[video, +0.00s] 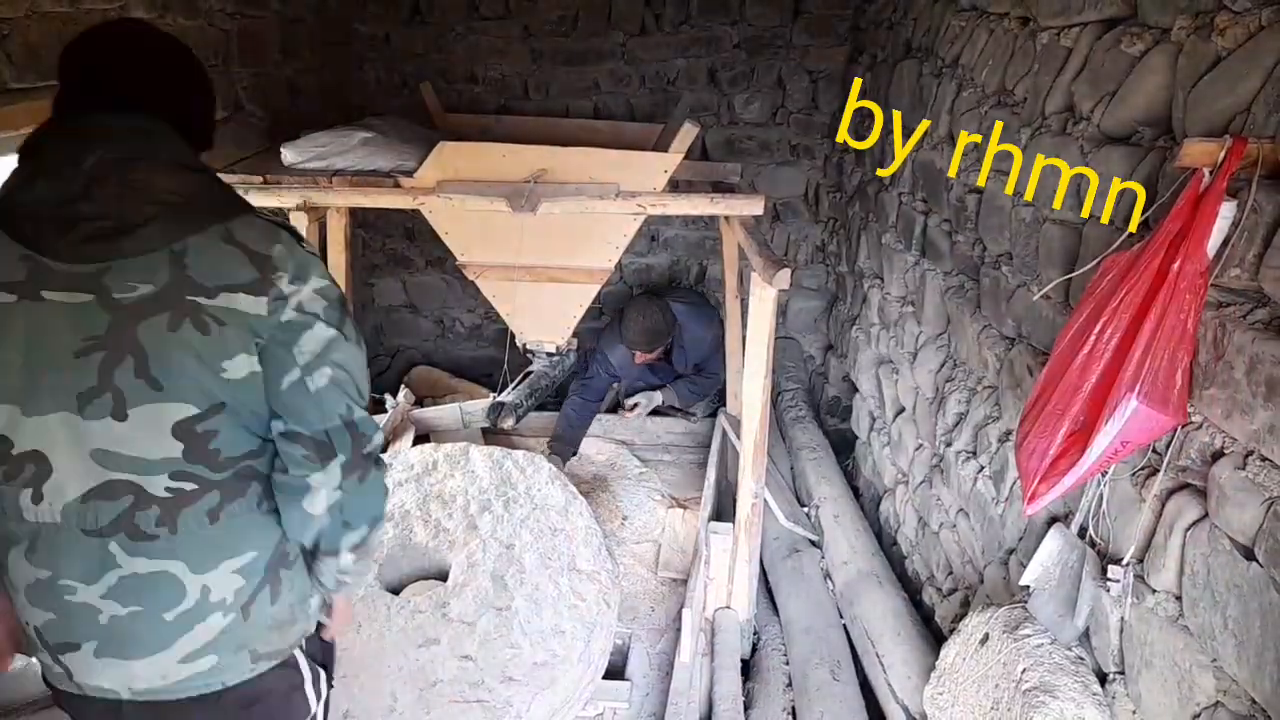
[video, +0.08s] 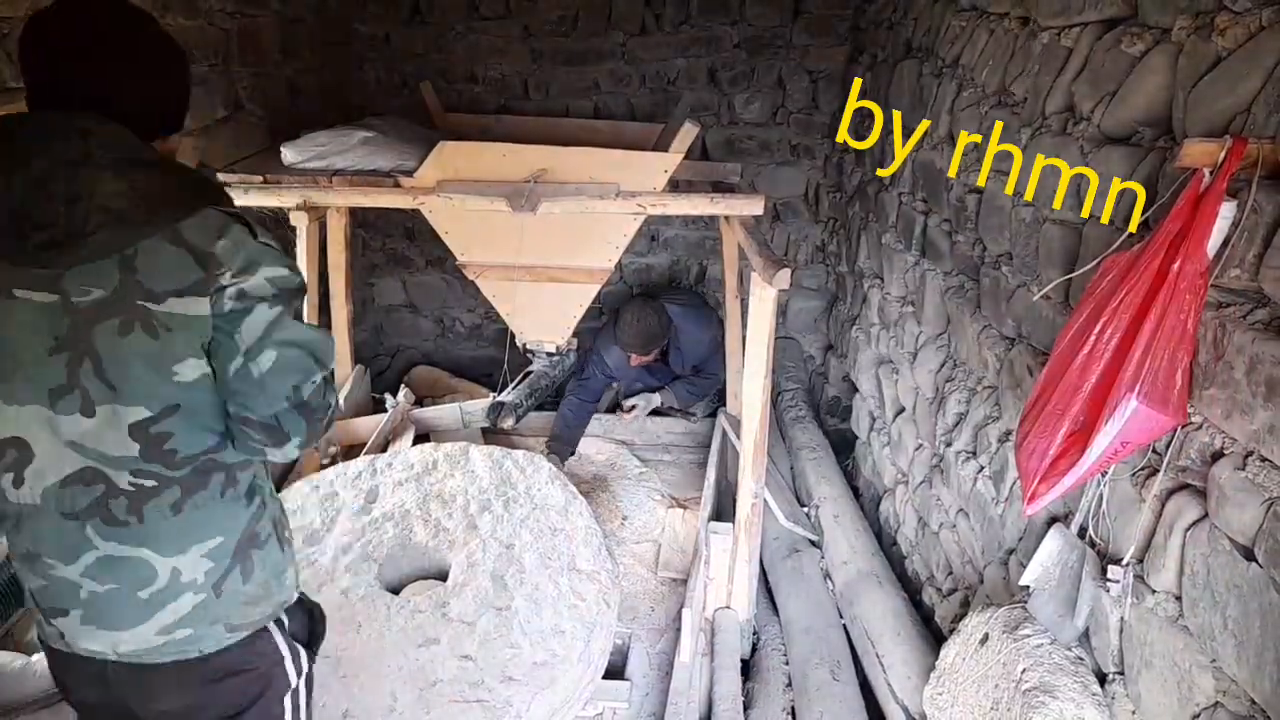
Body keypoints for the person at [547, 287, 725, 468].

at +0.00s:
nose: (639, 359)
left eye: (647, 353)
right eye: (633, 351)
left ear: (666, 343)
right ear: (625, 339)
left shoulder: (704, 338)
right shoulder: (610, 353)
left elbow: (712, 378)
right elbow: (582, 400)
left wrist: (660, 397)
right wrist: (557, 455)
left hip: (690, 370)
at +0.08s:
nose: (634, 361)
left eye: (643, 356)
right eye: (628, 353)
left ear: (662, 345)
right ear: (621, 341)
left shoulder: (702, 341)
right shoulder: (606, 354)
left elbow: (710, 378)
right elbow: (579, 400)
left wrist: (658, 399)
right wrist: (556, 455)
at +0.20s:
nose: (636, 360)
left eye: (644, 354)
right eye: (630, 352)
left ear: (662, 345)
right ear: (622, 339)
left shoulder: (703, 339)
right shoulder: (608, 352)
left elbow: (710, 379)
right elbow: (576, 394)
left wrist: (658, 398)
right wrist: (557, 443)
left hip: (687, 369)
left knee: (698, 407)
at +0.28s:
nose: (643, 352)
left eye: (653, 345)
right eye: (639, 343)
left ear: (672, 337)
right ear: (631, 331)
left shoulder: (708, 335)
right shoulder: (616, 342)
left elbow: (711, 379)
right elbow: (589, 387)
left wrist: (662, 394)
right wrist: (566, 442)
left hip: (689, 368)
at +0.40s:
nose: (643, 347)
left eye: (653, 341)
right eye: (639, 339)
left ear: (674, 333)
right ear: (632, 327)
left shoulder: (709, 333)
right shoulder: (617, 339)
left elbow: (714, 379)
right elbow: (584, 387)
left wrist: (664, 393)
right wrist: (563, 449)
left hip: (691, 368)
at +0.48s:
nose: (641, 353)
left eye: (649, 348)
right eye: (636, 346)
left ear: (667, 337)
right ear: (625, 328)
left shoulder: (703, 324)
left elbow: (714, 373)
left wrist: (662, 393)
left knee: (702, 406)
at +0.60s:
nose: (686, 302)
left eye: (690, 294)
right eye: (678, 295)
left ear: (697, 281)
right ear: (658, 285)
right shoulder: (628, 289)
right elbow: (638, 348)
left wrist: (725, 353)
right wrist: (657, 393)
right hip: (646, 349)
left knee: (697, 400)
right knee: (632, 405)